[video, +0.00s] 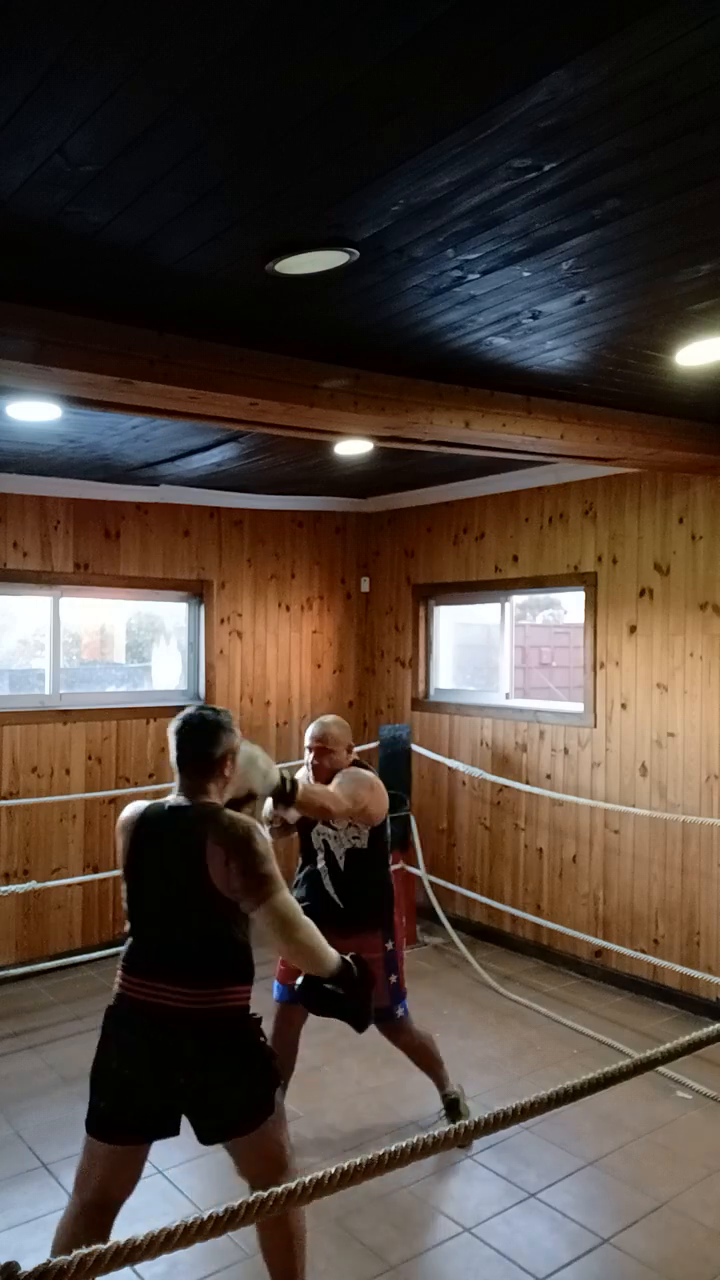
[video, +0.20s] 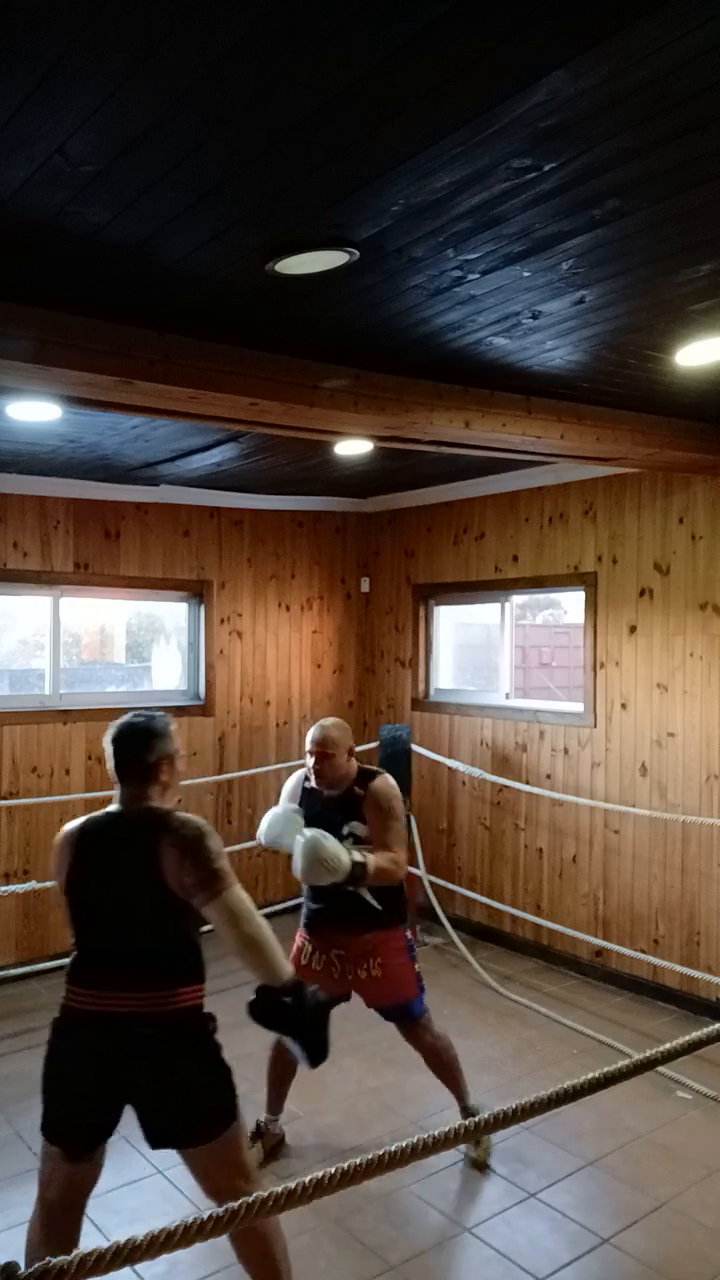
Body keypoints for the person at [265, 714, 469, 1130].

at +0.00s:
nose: (315, 758)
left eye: (325, 751)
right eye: (311, 749)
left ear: (348, 752)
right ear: (305, 748)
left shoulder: (365, 782)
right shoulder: (299, 782)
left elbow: (333, 803)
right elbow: (284, 868)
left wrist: (279, 785)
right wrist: (281, 821)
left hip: (367, 928)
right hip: (311, 927)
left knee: (395, 1027)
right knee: (285, 1021)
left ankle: (449, 1093)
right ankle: (271, 1113)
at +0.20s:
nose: (315, 763)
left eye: (326, 755)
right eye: (311, 753)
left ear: (351, 754)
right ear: (306, 751)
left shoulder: (380, 789)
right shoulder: (297, 785)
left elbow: (396, 865)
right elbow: (287, 840)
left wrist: (346, 864)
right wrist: (278, 834)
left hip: (380, 933)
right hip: (319, 931)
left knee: (420, 1033)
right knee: (291, 1031)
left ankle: (469, 1112)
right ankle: (270, 1126)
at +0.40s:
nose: (354, 781)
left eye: (363, 773)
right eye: (349, 772)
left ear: (390, 768)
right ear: (346, 767)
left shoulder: (428, 806)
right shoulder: (335, 797)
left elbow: (439, 885)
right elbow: (313, 845)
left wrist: (393, 874)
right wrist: (311, 859)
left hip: (414, 945)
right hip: (351, 942)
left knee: (448, 1044)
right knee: (312, 1034)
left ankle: (489, 1134)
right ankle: (273, 1129)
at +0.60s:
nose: (368, 769)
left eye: (376, 760)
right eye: (364, 759)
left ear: (404, 752)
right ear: (363, 756)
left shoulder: (445, 794)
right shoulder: (356, 783)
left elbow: (450, 874)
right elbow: (339, 848)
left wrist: (395, 845)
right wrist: (331, 846)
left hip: (429, 937)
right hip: (367, 929)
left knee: (457, 1039)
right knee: (336, 1022)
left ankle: (489, 1134)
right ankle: (335, 1125)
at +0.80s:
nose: (345, 766)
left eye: (351, 758)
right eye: (342, 758)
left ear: (381, 752)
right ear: (354, 757)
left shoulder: (427, 792)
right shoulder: (348, 786)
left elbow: (434, 870)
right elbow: (342, 850)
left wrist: (377, 841)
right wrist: (318, 842)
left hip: (424, 941)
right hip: (365, 935)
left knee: (451, 1045)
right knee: (346, 1032)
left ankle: (489, 1135)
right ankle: (366, 1132)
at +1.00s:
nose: (320, 768)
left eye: (325, 758)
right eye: (317, 759)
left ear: (354, 749)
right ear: (336, 755)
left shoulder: (412, 788)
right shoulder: (336, 791)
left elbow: (439, 868)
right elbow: (338, 856)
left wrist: (378, 853)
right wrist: (310, 839)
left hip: (415, 940)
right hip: (361, 935)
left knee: (415, 1055)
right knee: (349, 1030)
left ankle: (478, 1137)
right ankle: (366, 1132)